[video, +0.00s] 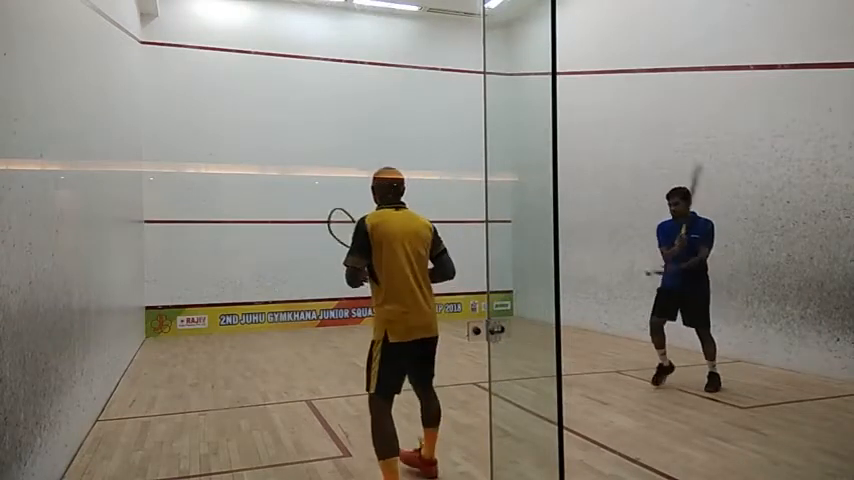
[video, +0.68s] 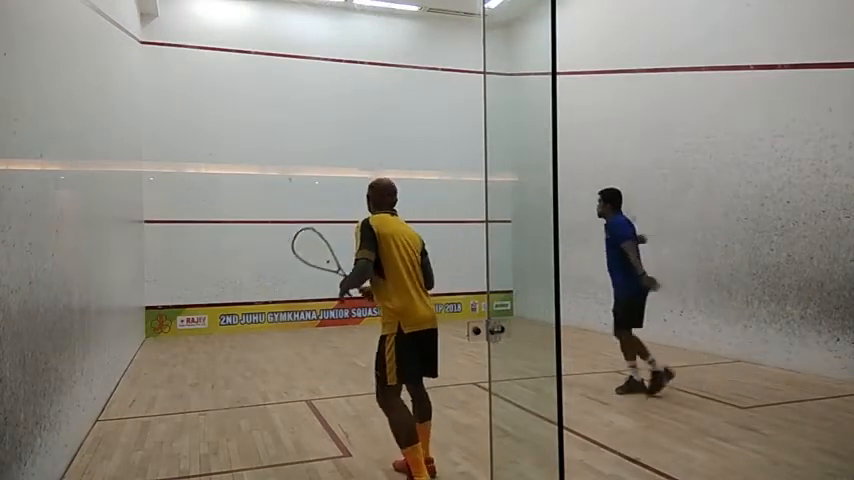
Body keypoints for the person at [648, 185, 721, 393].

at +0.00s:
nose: (672, 209)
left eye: (677, 204)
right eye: (670, 205)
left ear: (688, 204)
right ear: (667, 206)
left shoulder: (704, 226)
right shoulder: (664, 228)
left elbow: (702, 256)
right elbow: (666, 257)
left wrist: (677, 268)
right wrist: (677, 247)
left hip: (696, 285)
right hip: (671, 283)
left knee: (702, 330)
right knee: (655, 324)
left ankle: (712, 373)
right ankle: (664, 363)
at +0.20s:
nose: (647, 212)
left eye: (650, 208)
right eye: (645, 209)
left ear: (663, 207)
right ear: (644, 210)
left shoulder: (683, 225)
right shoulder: (645, 234)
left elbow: (683, 258)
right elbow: (654, 260)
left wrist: (655, 270)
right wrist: (683, 246)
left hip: (685, 288)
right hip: (660, 288)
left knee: (697, 333)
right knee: (643, 327)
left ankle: (711, 373)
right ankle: (640, 377)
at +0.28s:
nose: (637, 214)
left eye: (640, 210)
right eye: (635, 210)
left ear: (653, 209)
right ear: (635, 212)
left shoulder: (672, 227)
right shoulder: (636, 235)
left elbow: (673, 261)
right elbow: (637, 262)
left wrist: (649, 282)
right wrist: (665, 263)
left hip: (679, 289)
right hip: (654, 290)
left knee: (692, 332)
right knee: (643, 331)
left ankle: (710, 372)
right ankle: (638, 379)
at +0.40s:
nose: (617, 213)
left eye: (621, 209)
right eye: (618, 209)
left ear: (632, 210)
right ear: (630, 211)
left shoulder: (650, 230)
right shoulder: (626, 237)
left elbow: (661, 260)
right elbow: (612, 264)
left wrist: (664, 288)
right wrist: (589, 284)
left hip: (664, 286)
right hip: (644, 289)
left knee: (674, 334)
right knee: (635, 330)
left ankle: (705, 366)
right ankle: (636, 378)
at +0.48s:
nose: (611, 212)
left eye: (614, 208)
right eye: (612, 208)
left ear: (624, 210)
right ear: (622, 210)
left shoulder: (641, 229)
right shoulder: (622, 235)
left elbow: (655, 257)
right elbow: (607, 257)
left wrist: (668, 284)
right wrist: (589, 272)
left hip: (656, 291)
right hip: (638, 292)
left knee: (661, 335)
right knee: (632, 330)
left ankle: (700, 364)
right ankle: (636, 378)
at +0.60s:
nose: (601, 208)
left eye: (604, 204)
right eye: (602, 204)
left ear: (613, 206)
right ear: (617, 206)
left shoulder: (624, 227)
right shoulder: (618, 226)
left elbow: (639, 254)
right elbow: (635, 256)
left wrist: (656, 274)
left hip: (638, 290)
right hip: (629, 289)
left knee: (633, 332)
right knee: (626, 331)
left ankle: (676, 366)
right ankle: (635, 378)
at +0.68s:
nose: (597, 206)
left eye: (600, 203)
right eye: (598, 202)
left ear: (609, 206)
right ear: (611, 205)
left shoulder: (617, 225)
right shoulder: (617, 223)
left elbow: (630, 250)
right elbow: (620, 242)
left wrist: (642, 275)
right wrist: (636, 240)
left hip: (630, 288)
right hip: (625, 287)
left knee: (623, 331)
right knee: (622, 331)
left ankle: (656, 370)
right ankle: (635, 377)